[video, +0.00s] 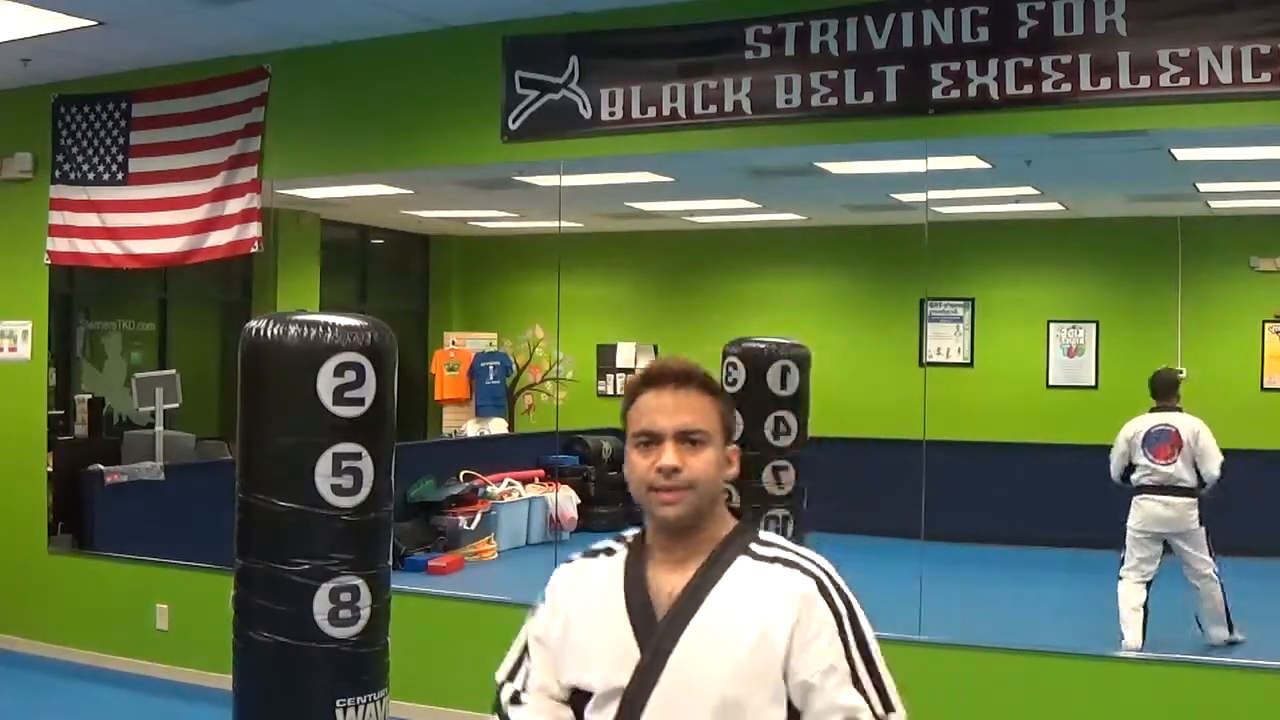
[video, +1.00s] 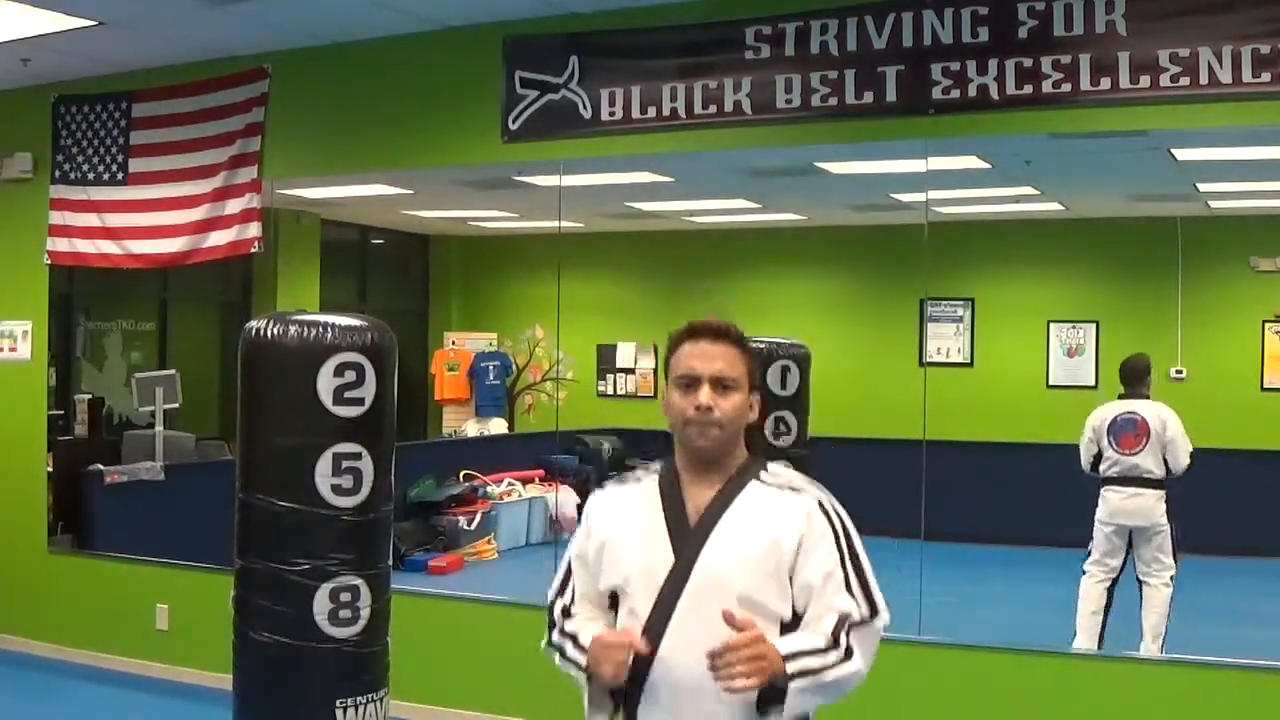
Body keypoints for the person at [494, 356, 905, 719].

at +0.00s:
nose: (667, 461)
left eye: (690, 441)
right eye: (647, 442)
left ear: (731, 461)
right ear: (626, 462)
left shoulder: (802, 589)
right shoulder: (575, 585)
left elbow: (867, 716)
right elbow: (526, 703)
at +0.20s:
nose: (644, 353)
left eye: (665, 336)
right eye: (626, 338)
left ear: (701, 356)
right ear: (605, 358)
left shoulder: (772, 459)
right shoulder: (562, 473)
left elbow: (852, 581)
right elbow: (515, 586)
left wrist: (747, 640)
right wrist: (541, 625)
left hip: (740, 709)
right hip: (614, 709)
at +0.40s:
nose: (644, 402)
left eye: (664, 387)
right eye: (628, 387)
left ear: (700, 410)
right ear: (608, 403)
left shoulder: (762, 514)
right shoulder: (564, 524)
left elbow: (834, 644)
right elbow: (530, 635)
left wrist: (737, 661)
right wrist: (548, 680)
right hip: (589, 716)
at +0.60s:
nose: (663, 370)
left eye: (684, 355)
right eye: (648, 354)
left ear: (720, 378)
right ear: (630, 372)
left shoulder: (776, 474)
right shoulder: (583, 481)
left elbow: (840, 597)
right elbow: (555, 585)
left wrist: (734, 647)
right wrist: (571, 631)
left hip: (732, 710)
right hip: (618, 708)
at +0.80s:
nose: (696, 366)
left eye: (718, 352)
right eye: (681, 349)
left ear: (749, 375)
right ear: (659, 365)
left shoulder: (801, 474)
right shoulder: (602, 476)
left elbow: (874, 589)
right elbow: (558, 581)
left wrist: (780, 628)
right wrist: (580, 619)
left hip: (759, 707)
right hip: (640, 708)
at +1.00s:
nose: (704, 400)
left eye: (724, 387)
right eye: (688, 384)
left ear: (752, 408)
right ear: (666, 401)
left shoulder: (804, 511)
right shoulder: (611, 505)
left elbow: (851, 631)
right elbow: (569, 611)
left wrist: (783, 660)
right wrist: (592, 649)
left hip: (750, 713)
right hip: (631, 710)